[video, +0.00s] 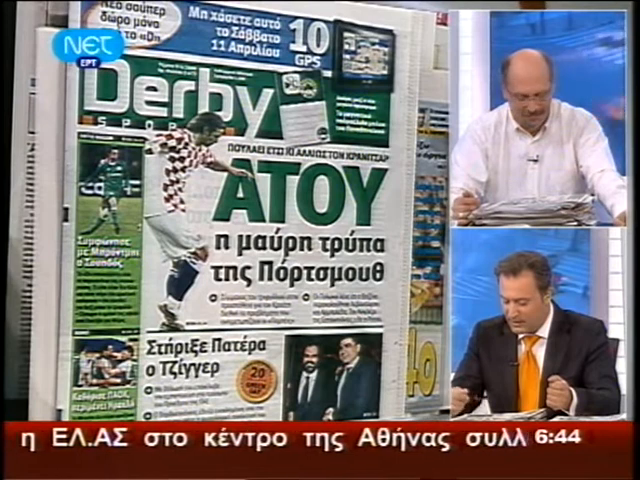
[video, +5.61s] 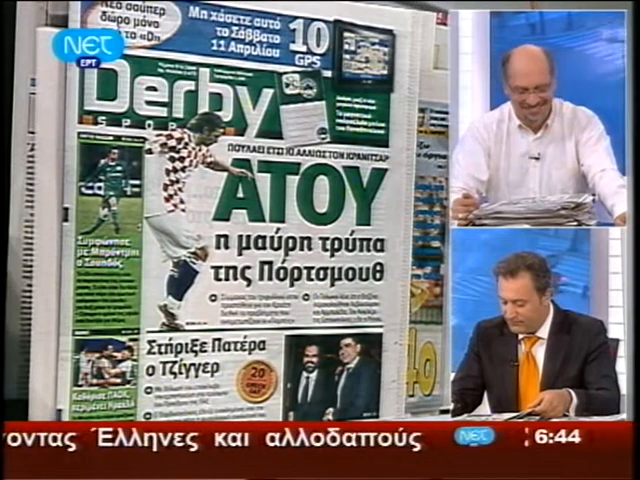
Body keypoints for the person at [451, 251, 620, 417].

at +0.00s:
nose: (511, 312)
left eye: (522, 303)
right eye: (506, 302)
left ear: (547, 296)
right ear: (500, 298)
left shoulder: (588, 333)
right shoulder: (486, 334)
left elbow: (610, 401)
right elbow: (465, 388)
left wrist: (574, 400)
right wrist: (457, 401)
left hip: (567, 450)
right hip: (504, 449)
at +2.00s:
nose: (508, 312)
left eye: (518, 303)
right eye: (503, 302)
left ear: (545, 296)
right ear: (498, 296)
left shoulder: (588, 333)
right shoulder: (486, 334)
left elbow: (610, 401)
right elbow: (462, 399)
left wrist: (569, 400)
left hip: (568, 452)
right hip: (504, 450)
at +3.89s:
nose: (508, 312)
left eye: (518, 303)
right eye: (503, 302)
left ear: (545, 297)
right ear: (498, 297)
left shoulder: (588, 333)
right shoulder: (487, 334)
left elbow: (610, 402)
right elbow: (464, 399)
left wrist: (569, 400)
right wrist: (452, 399)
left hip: (569, 452)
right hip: (505, 450)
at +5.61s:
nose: (509, 313)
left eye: (520, 304)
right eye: (504, 303)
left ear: (546, 297)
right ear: (499, 298)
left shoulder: (588, 333)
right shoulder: (487, 334)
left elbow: (610, 402)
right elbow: (461, 400)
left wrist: (569, 400)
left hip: (569, 451)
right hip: (506, 450)